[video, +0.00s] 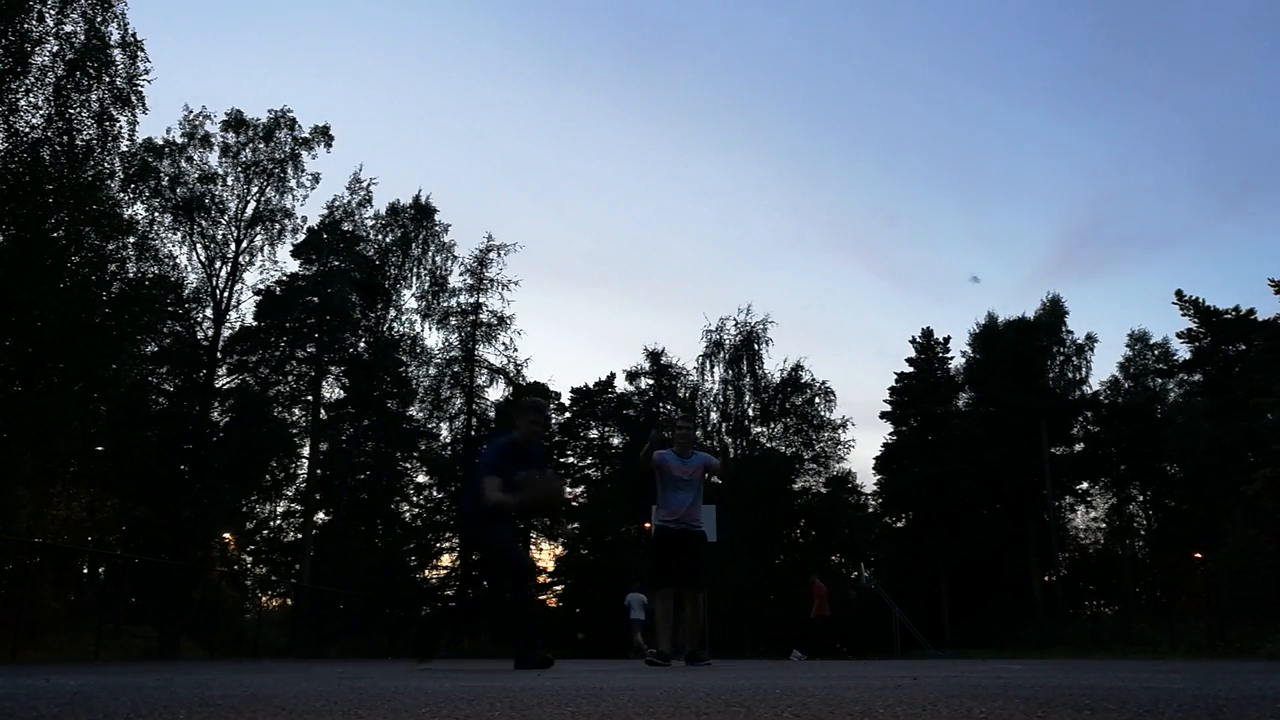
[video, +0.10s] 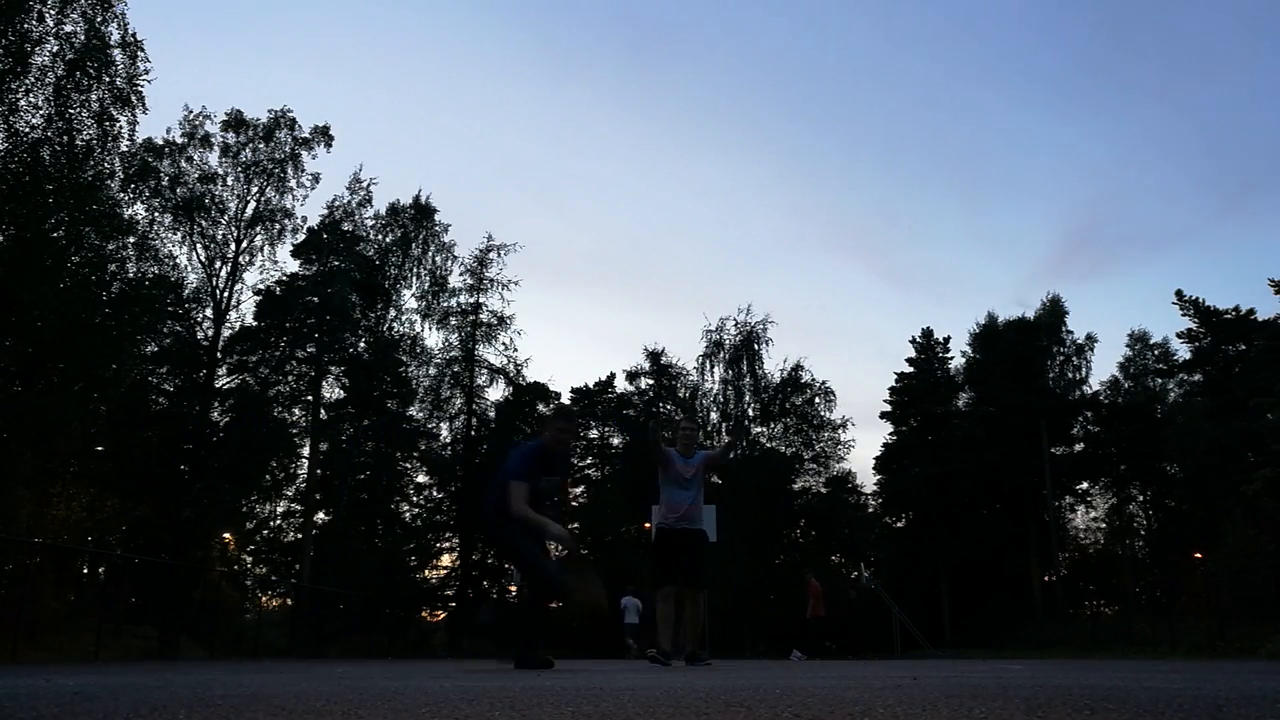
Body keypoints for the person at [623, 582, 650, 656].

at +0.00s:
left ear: (632, 589)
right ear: (639, 589)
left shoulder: (629, 596)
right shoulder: (643, 597)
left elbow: (626, 605)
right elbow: (646, 605)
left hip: (633, 617)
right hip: (641, 617)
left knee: (636, 633)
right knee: (637, 633)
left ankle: (643, 646)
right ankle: (634, 649)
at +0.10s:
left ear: (626, 593)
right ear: (633, 594)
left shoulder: (624, 600)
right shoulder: (636, 600)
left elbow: (622, 607)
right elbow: (640, 609)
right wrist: (638, 614)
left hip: (627, 621)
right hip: (636, 621)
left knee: (627, 636)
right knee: (634, 637)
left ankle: (634, 646)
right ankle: (633, 654)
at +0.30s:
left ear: (614, 594)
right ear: (620, 594)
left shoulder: (614, 598)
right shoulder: (625, 601)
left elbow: (611, 608)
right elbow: (627, 610)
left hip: (615, 619)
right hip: (623, 619)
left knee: (612, 635)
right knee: (624, 634)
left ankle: (612, 650)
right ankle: (628, 648)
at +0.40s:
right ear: (616, 596)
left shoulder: (609, 601)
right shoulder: (619, 602)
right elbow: (622, 609)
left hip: (609, 620)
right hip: (617, 620)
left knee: (607, 636)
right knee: (616, 635)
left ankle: (607, 651)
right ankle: (622, 645)